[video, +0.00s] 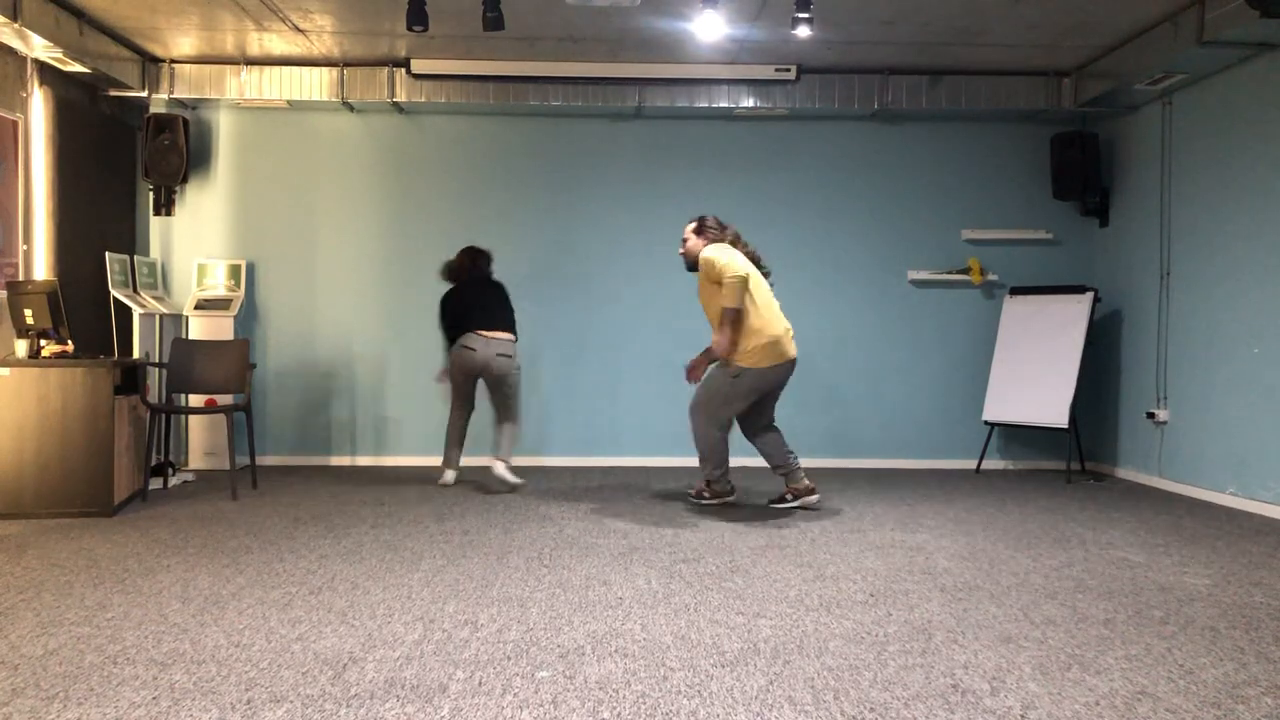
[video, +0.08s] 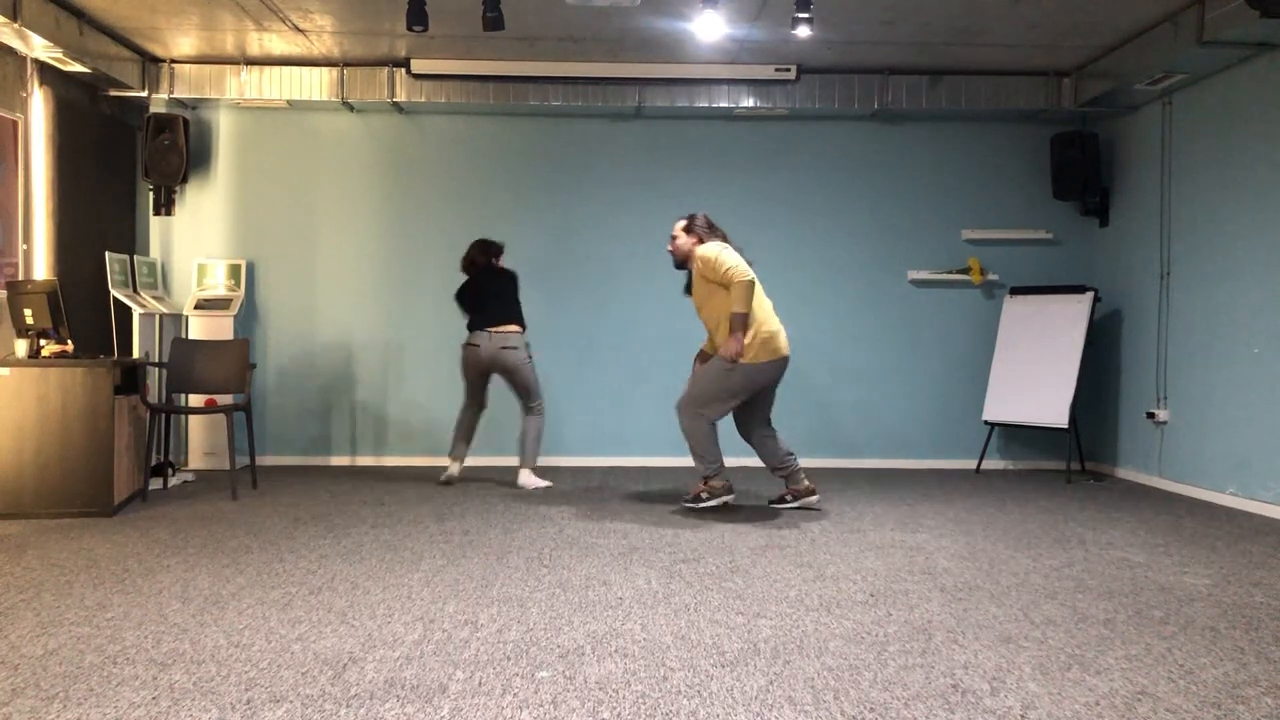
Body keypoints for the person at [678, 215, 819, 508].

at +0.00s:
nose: (681, 248)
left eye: (686, 240)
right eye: (681, 242)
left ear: (705, 236)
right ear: (713, 239)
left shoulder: (712, 254)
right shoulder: (733, 258)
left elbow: (736, 275)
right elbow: (733, 329)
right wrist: (704, 358)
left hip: (756, 354)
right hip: (780, 352)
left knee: (705, 410)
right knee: (756, 422)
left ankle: (717, 484)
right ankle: (799, 485)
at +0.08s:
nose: (669, 246)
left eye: (674, 238)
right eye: (670, 239)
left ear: (695, 237)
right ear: (694, 240)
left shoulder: (707, 252)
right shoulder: (704, 269)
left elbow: (743, 278)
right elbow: (724, 323)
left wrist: (736, 334)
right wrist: (705, 354)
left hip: (751, 351)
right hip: (769, 351)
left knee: (692, 408)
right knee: (752, 424)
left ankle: (715, 483)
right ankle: (798, 484)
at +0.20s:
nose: (642, 228)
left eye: (648, 220)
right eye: (643, 222)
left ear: (670, 221)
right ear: (666, 225)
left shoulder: (684, 240)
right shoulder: (677, 259)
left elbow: (724, 265)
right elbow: (697, 319)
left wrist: (709, 319)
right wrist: (696, 364)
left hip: (726, 342)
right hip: (737, 343)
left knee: (681, 411)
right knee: (738, 415)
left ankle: (717, 495)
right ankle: (785, 475)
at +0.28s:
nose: (629, 223)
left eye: (635, 216)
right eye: (629, 217)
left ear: (656, 218)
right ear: (651, 220)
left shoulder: (671, 238)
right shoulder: (662, 254)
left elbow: (710, 262)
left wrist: (692, 314)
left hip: (710, 342)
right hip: (716, 344)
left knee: (678, 420)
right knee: (715, 422)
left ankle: (720, 498)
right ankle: (766, 468)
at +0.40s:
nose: (600, 213)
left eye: (605, 206)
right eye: (600, 207)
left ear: (625, 208)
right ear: (621, 209)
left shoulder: (637, 232)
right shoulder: (630, 243)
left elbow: (668, 267)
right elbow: (651, 274)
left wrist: (652, 314)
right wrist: (616, 262)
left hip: (683, 342)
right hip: (656, 348)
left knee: (670, 417)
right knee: (633, 416)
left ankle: (722, 498)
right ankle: (690, 476)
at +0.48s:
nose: (579, 205)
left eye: (585, 198)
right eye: (579, 198)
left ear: (606, 199)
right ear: (601, 200)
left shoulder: (617, 224)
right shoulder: (609, 234)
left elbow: (642, 265)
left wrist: (627, 315)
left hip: (664, 336)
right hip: (636, 342)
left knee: (661, 416)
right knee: (606, 404)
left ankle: (717, 494)